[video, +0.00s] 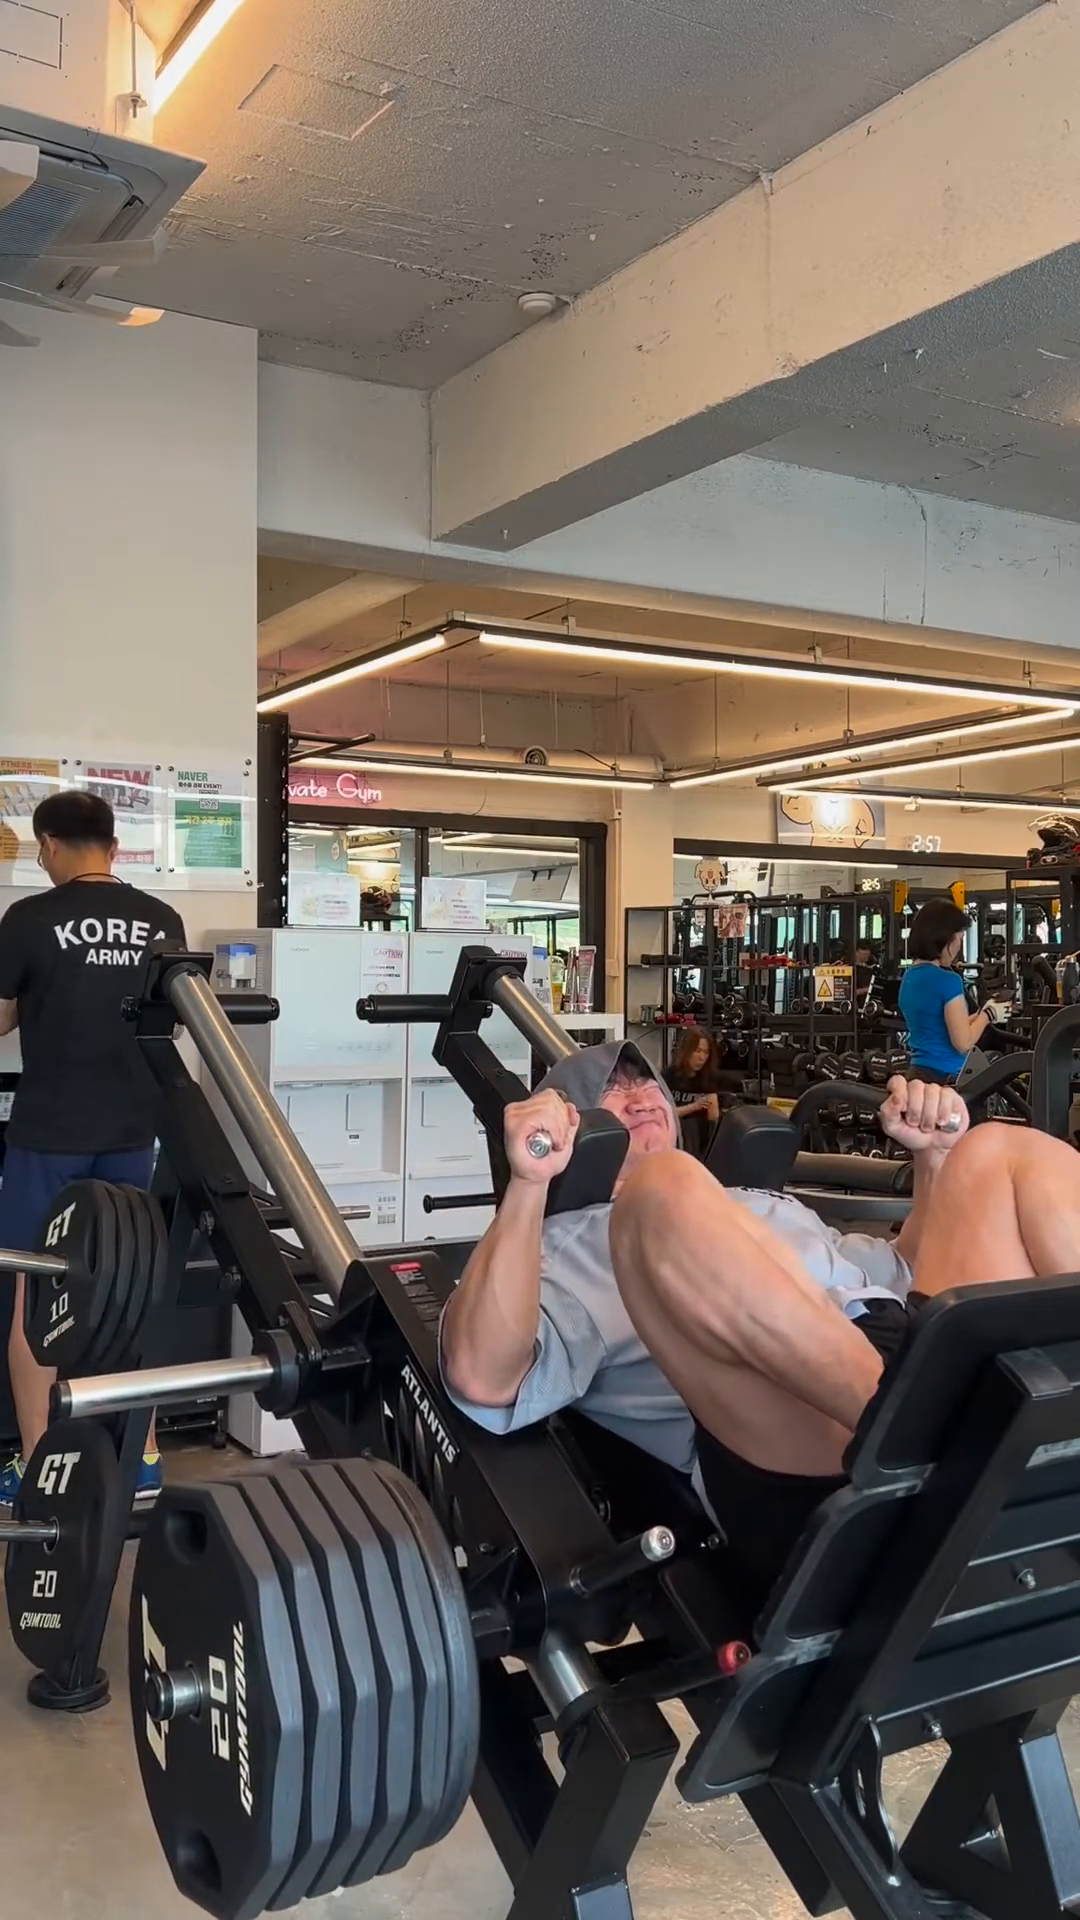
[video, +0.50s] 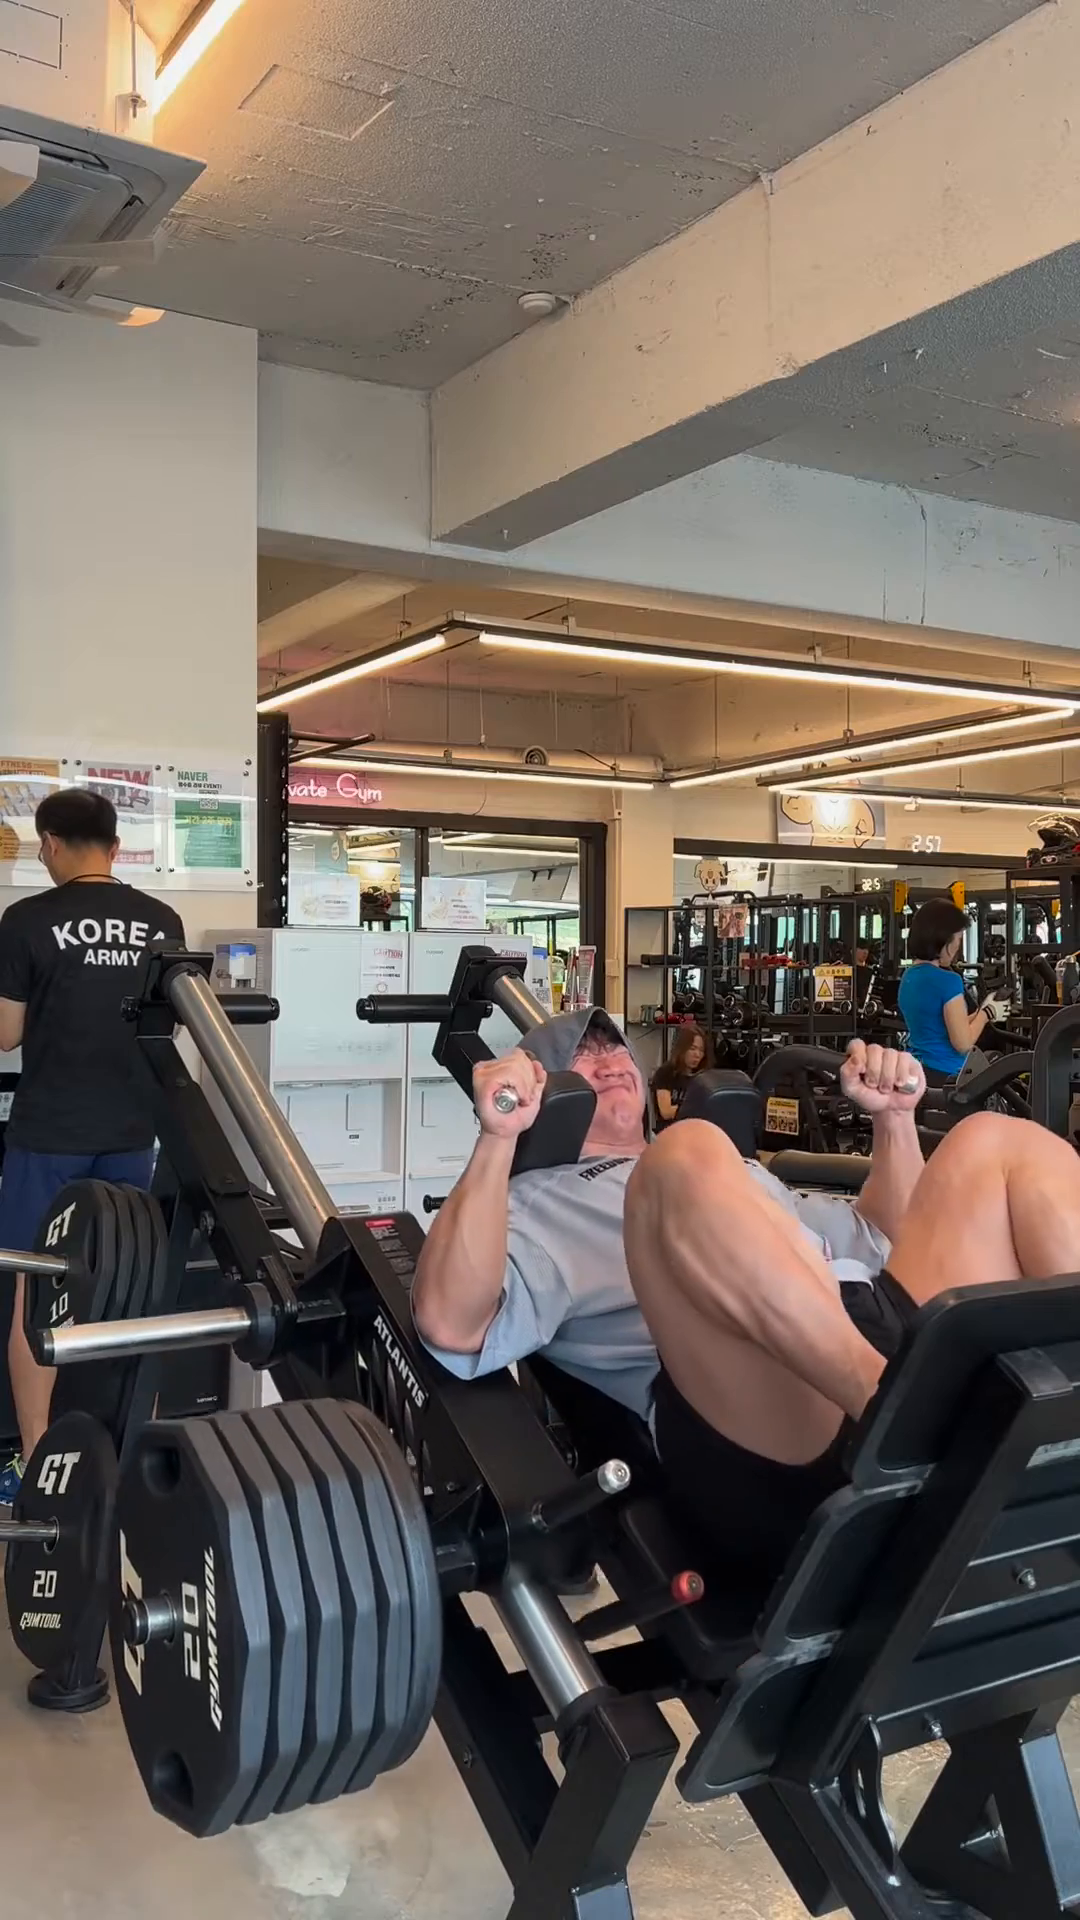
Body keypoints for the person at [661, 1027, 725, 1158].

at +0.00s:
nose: (702, 1057)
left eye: (706, 1052)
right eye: (697, 1051)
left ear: (709, 1055)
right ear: (686, 1051)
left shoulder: (709, 1080)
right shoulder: (667, 1078)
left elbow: (713, 1119)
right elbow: (659, 1114)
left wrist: (713, 1109)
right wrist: (693, 1107)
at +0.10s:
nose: (701, 1056)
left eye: (705, 1052)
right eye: (696, 1050)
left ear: (708, 1055)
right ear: (685, 1050)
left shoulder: (707, 1079)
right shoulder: (665, 1077)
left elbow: (712, 1118)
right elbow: (662, 1113)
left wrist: (711, 1105)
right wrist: (696, 1105)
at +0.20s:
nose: (700, 1056)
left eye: (704, 1051)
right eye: (695, 1050)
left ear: (707, 1055)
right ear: (683, 1050)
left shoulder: (706, 1078)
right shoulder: (664, 1076)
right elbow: (661, 1112)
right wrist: (698, 1104)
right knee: (688, 1124)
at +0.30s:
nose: (699, 1056)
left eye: (703, 1051)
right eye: (694, 1050)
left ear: (706, 1054)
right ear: (683, 1049)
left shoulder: (706, 1077)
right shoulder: (666, 1074)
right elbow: (667, 1111)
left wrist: (714, 1101)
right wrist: (698, 1104)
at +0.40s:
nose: (698, 1055)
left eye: (702, 1050)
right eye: (693, 1049)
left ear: (705, 1053)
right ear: (682, 1049)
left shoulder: (706, 1075)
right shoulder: (665, 1073)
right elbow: (667, 1112)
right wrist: (698, 1106)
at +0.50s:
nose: (697, 1055)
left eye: (701, 1050)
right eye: (692, 1049)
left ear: (705, 1053)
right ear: (681, 1048)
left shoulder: (704, 1076)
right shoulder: (665, 1073)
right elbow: (666, 1112)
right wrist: (695, 1107)